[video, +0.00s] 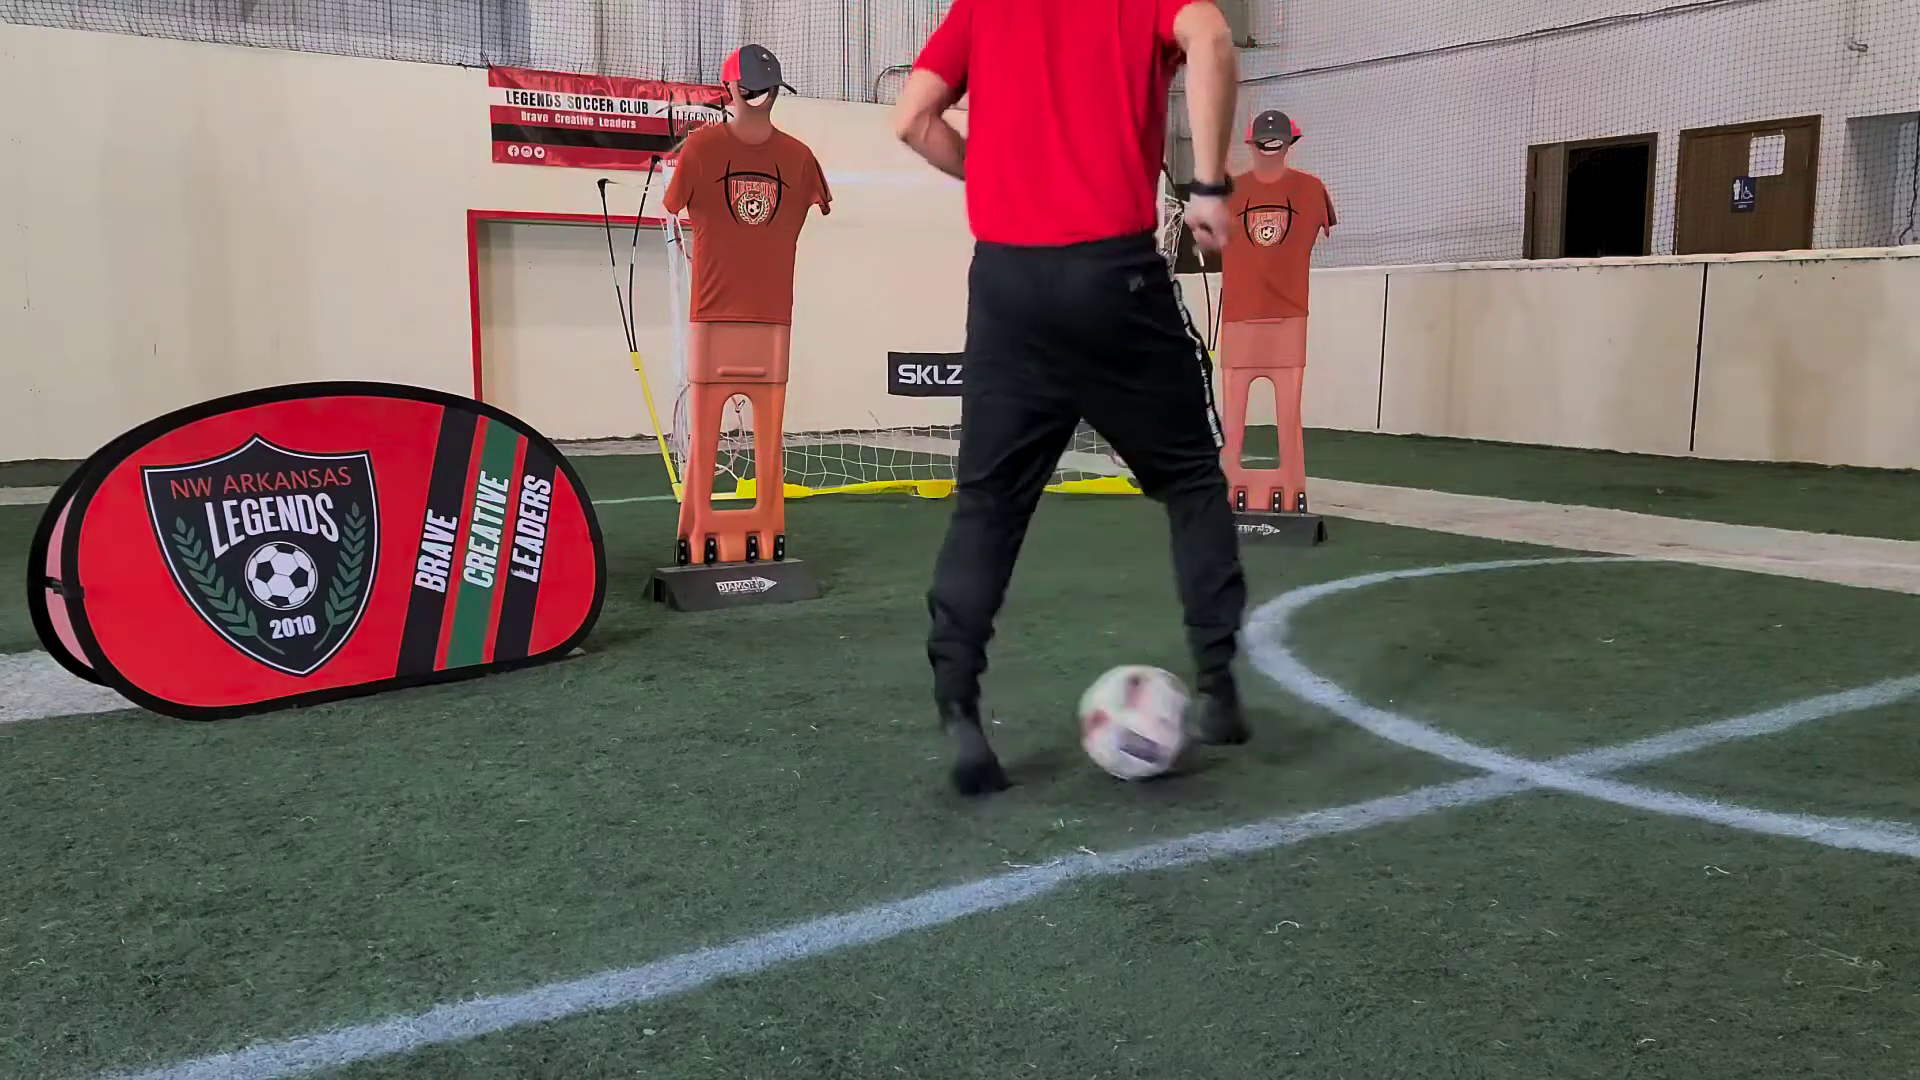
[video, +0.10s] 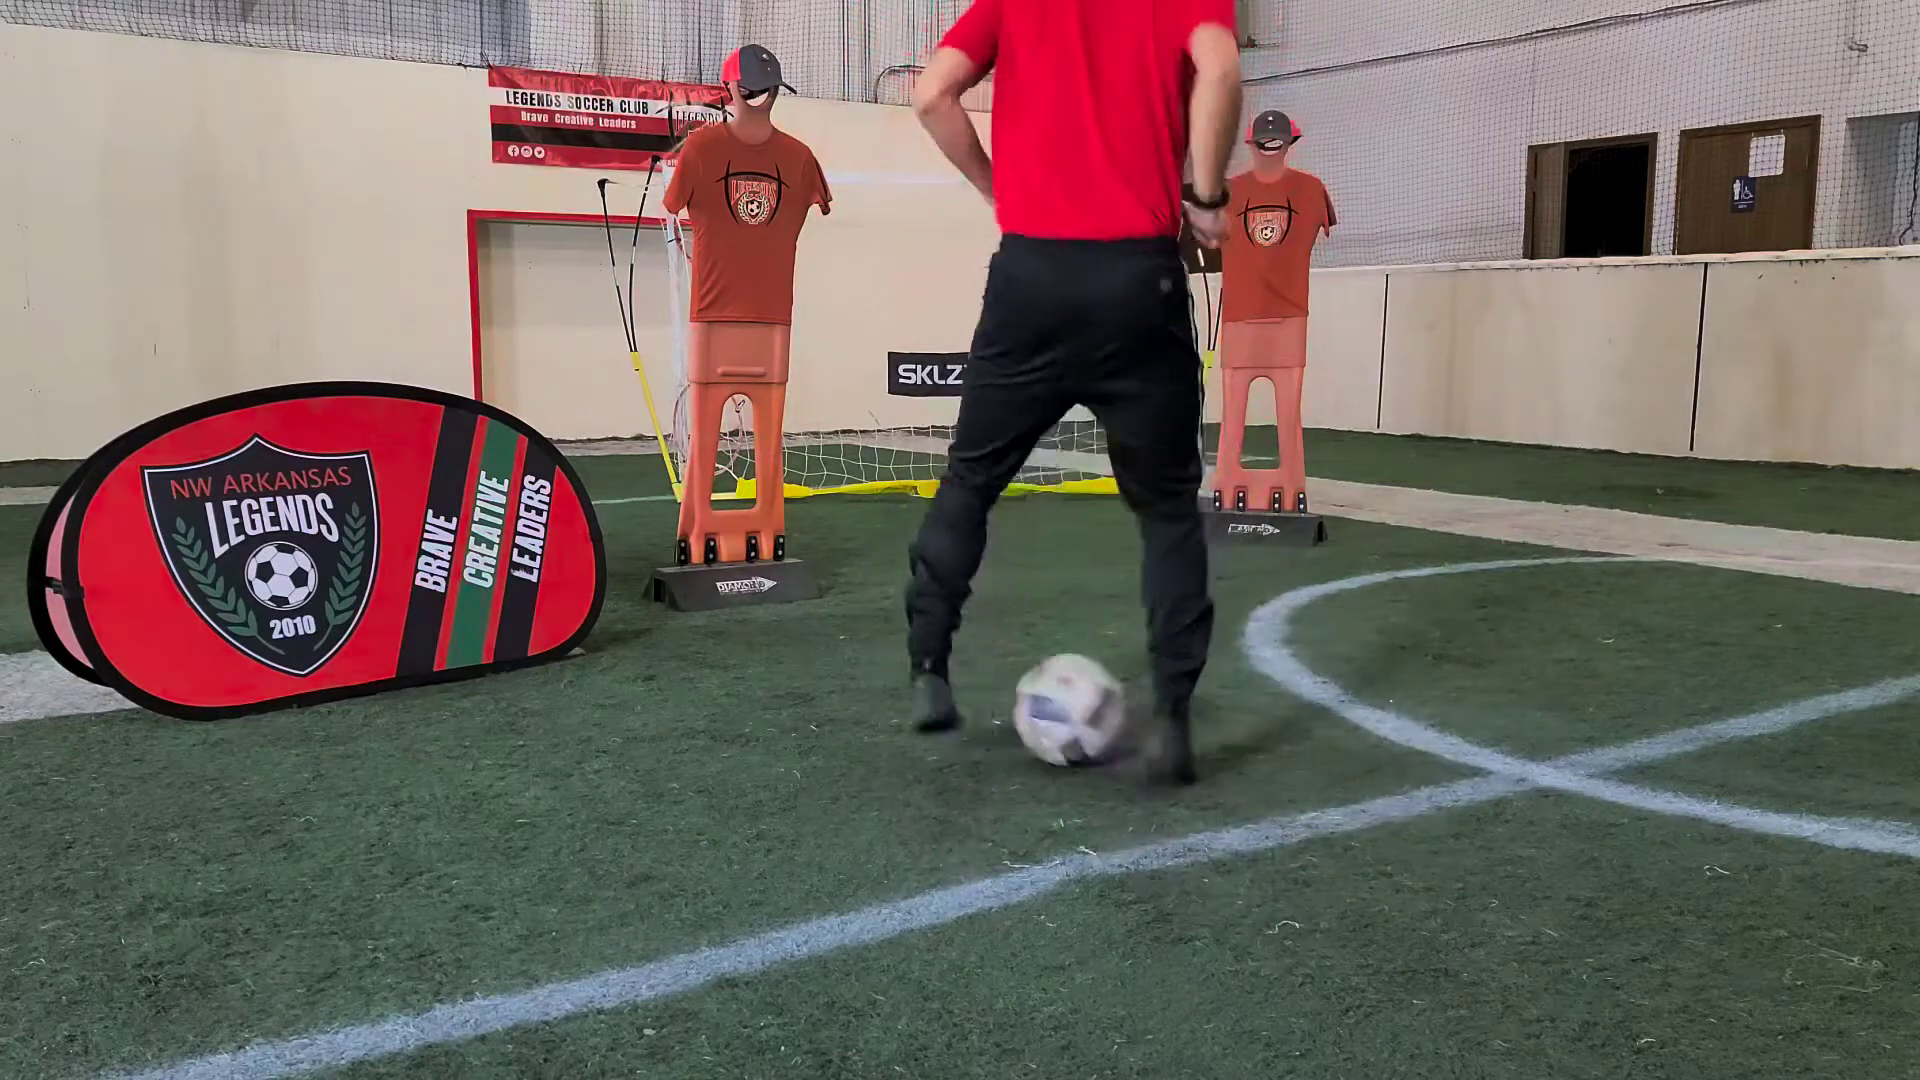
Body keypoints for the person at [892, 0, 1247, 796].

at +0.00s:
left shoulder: (980, 6)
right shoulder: (1149, 2)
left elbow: (913, 119)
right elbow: (1210, 38)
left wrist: (1001, 172)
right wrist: (1211, 185)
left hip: (1004, 278)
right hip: (1113, 274)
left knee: (987, 494)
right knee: (1190, 477)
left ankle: (958, 708)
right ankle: (1216, 686)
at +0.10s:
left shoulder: (1013, 4)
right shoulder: (1188, 2)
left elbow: (932, 95)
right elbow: (1220, 70)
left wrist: (1000, 188)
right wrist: (1206, 195)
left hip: (1031, 271)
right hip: (1141, 273)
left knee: (970, 474)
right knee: (1167, 502)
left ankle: (929, 669)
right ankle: (1173, 714)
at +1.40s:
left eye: (1098, 13)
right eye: (1166, 17)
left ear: (1099, 16)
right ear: (1167, 17)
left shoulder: (1059, 67)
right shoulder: (1194, 76)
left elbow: (1004, 136)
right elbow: (1251, 166)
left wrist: (1028, 219)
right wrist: (1216, 233)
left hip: (1079, 289)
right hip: (1167, 291)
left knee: (1042, 443)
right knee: (1181, 463)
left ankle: (1025, 598)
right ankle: (1181, 636)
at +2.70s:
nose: (1206, 90)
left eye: (1203, 83)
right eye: (1207, 82)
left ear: (1145, 80)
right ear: (1199, 81)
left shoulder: (1100, 133)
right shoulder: (1207, 128)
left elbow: (1055, 216)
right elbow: (1228, 181)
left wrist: (1110, 240)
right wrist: (1242, 263)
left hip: (1113, 316)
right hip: (1183, 312)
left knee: (1106, 447)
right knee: (1237, 420)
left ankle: (1092, 586)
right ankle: (1254, 544)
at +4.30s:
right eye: (1281, 114)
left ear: (1234, 113)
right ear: (1280, 115)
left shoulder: (1203, 151)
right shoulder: (1298, 165)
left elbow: (1157, 207)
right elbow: (1321, 241)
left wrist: (1154, 262)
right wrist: (1321, 292)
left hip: (1196, 305)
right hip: (1253, 312)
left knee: (1175, 380)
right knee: (1251, 427)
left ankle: (1154, 472)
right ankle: (1239, 545)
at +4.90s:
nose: (1295, 122)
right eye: (1295, 115)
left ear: (1245, 113)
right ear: (1290, 116)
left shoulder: (1208, 158)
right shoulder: (1304, 165)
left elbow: (1163, 223)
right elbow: (1326, 230)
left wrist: (1188, 266)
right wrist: (1313, 287)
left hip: (1207, 309)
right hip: (1261, 313)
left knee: (1212, 381)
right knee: (1256, 427)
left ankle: (1187, 486)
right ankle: (1240, 544)